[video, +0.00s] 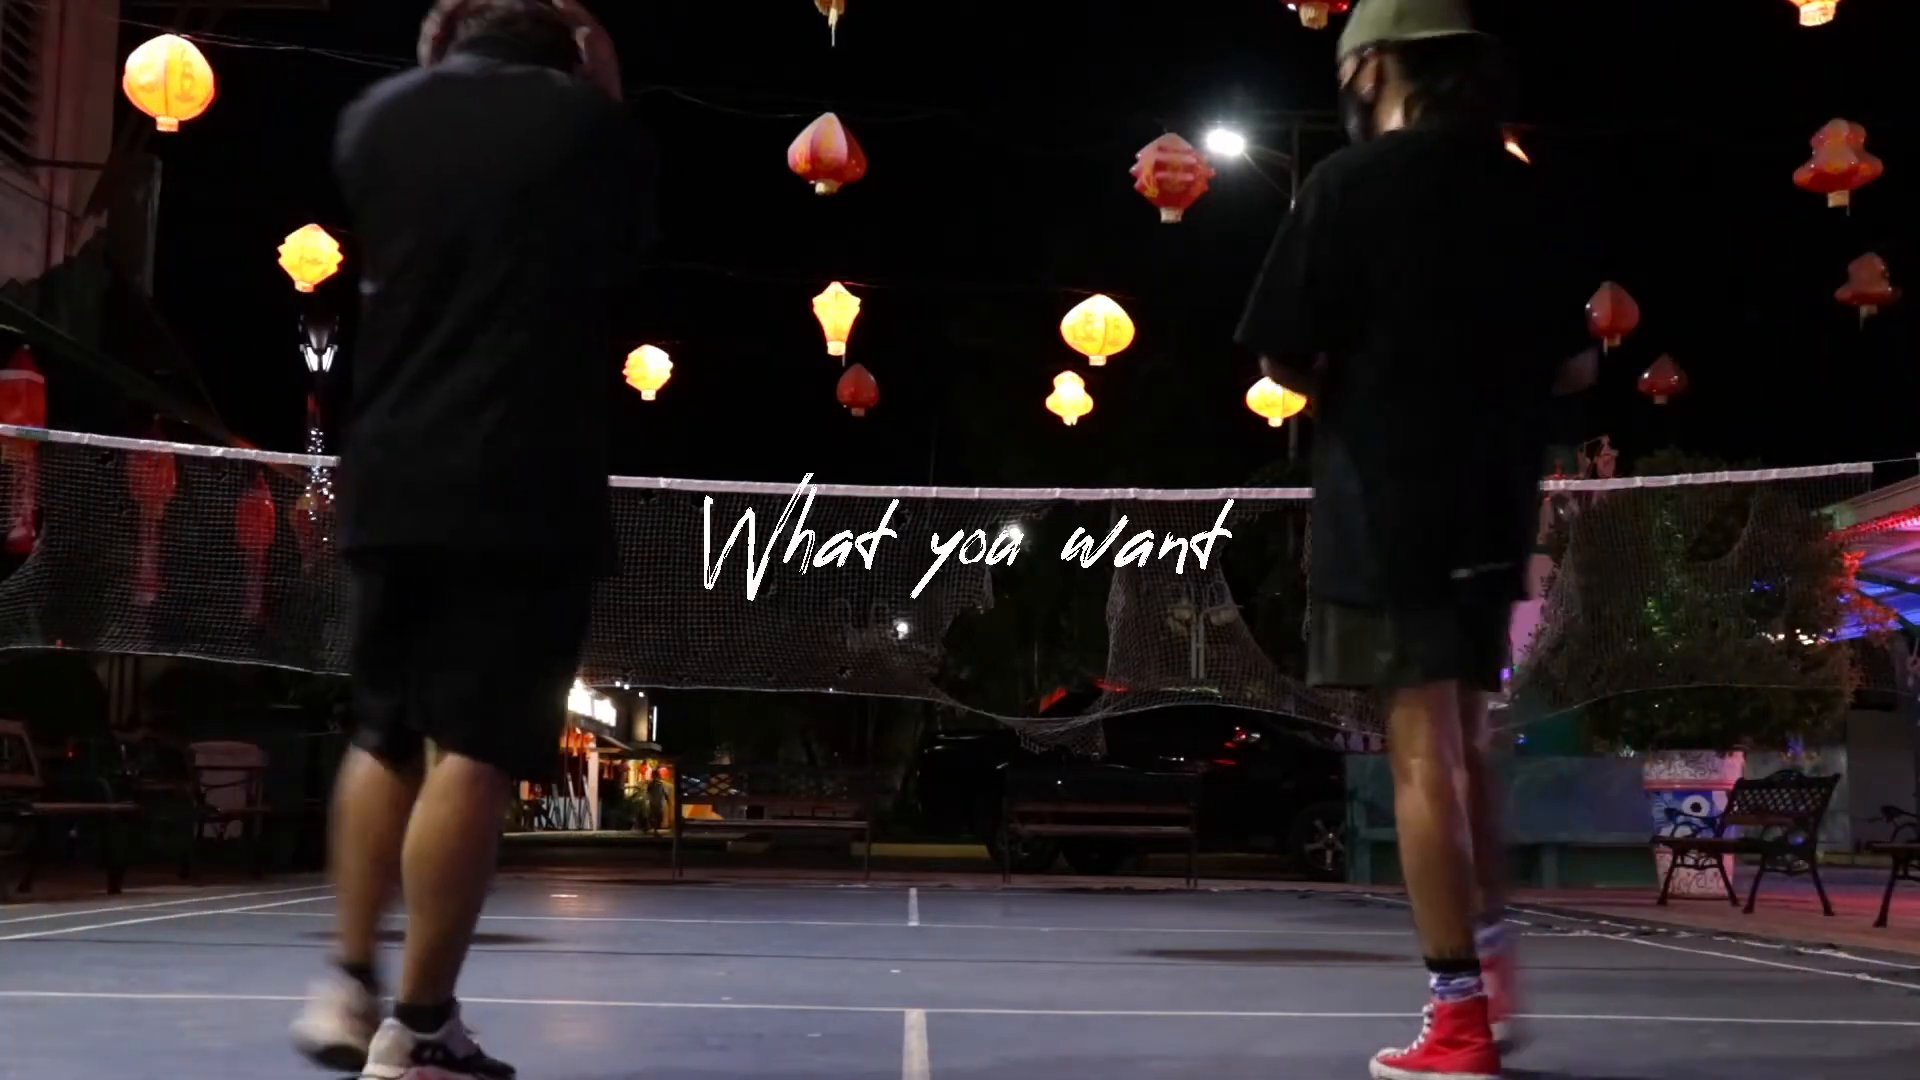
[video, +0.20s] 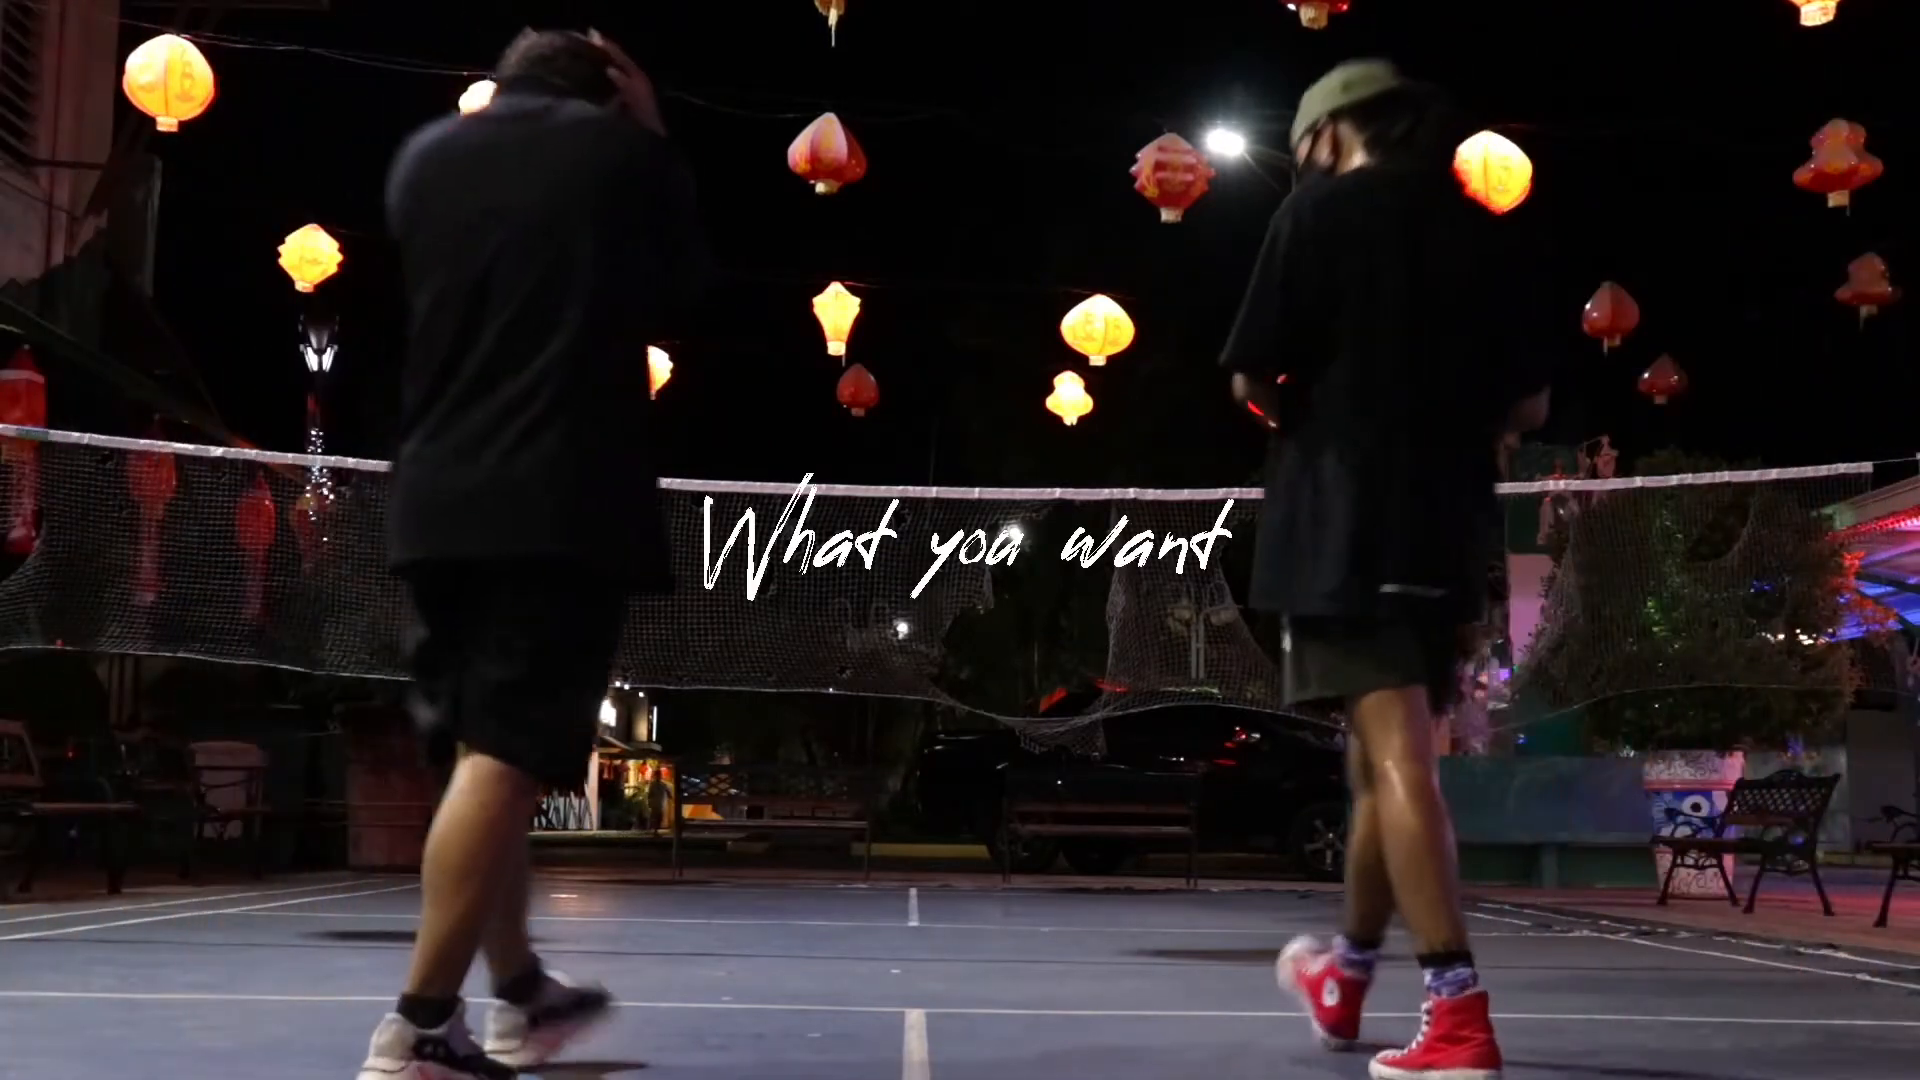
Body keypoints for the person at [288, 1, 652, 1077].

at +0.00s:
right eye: (574, 49)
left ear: (448, 52)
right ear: (563, 61)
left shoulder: (378, 120)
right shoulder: (594, 131)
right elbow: (624, 253)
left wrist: (429, 66)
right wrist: (609, 100)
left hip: (393, 477)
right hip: (532, 484)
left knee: (382, 731)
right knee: (472, 757)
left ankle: (349, 984)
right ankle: (417, 1028)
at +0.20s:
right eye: (614, 80)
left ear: (497, 85)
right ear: (604, 88)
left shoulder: (422, 161)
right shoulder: (619, 153)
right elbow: (678, 295)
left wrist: (482, 114)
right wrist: (648, 135)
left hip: (439, 492)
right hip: (572, 494)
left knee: (484, 748)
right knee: (505, 754)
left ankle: (522, 991)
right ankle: (417, 1027)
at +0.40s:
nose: (677, 135)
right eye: (676, 125)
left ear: (563, 107)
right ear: (657, 121)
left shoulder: (482, 191)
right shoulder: (655, 177)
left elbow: (497, 327)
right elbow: (746, 289)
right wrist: (709, 158)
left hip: (497, 510)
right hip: (622, 512)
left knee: (525, 750)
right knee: (623, 758)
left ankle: (543, 1001)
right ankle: (471, 960)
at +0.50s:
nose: (712, 153)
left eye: (712, 137)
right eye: (711, 138)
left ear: (602, 111)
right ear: (687, 125)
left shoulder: (514, 190)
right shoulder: (668, 180)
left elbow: (514, 353)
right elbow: (776, 300)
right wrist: (741, 171)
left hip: (520, 511)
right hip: (641, 511)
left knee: (546, 743)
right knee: (690, 738)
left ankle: (536, 1017)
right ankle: (540, 918)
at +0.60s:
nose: (756, 169)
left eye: (761, 153)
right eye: (754, 154)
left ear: (654, 122)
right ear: (723, 136)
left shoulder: (566, 197)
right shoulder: (696, 196)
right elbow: (796, 291)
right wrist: (779, 171)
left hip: (565, 523)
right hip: (683, 525)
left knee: (579, 747)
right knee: (743, 732)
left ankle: (540, 1002)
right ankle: (657, 954)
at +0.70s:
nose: (781, 180)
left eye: (786, 162)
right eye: (779, 163)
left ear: (683, 131)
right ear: (749, 148)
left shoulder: (603, 202)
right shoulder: (718, 206)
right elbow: (823, 304)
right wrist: (812, 179)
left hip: (590, 533)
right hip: (706, 536)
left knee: (592, 754)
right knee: (763, 755)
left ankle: (545, 1002)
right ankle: (751, 989)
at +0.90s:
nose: (867, 181)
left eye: (868, 161)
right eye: (865, 161)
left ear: (775, 140)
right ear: (836, 150)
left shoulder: (699, 223)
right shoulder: (799, 229)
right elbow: (918, 320)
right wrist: (893, 188)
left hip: (688, 544)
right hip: (779, 555)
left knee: (668, 757)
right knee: (808, 781)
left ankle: (556, 984)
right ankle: (855, 1006)